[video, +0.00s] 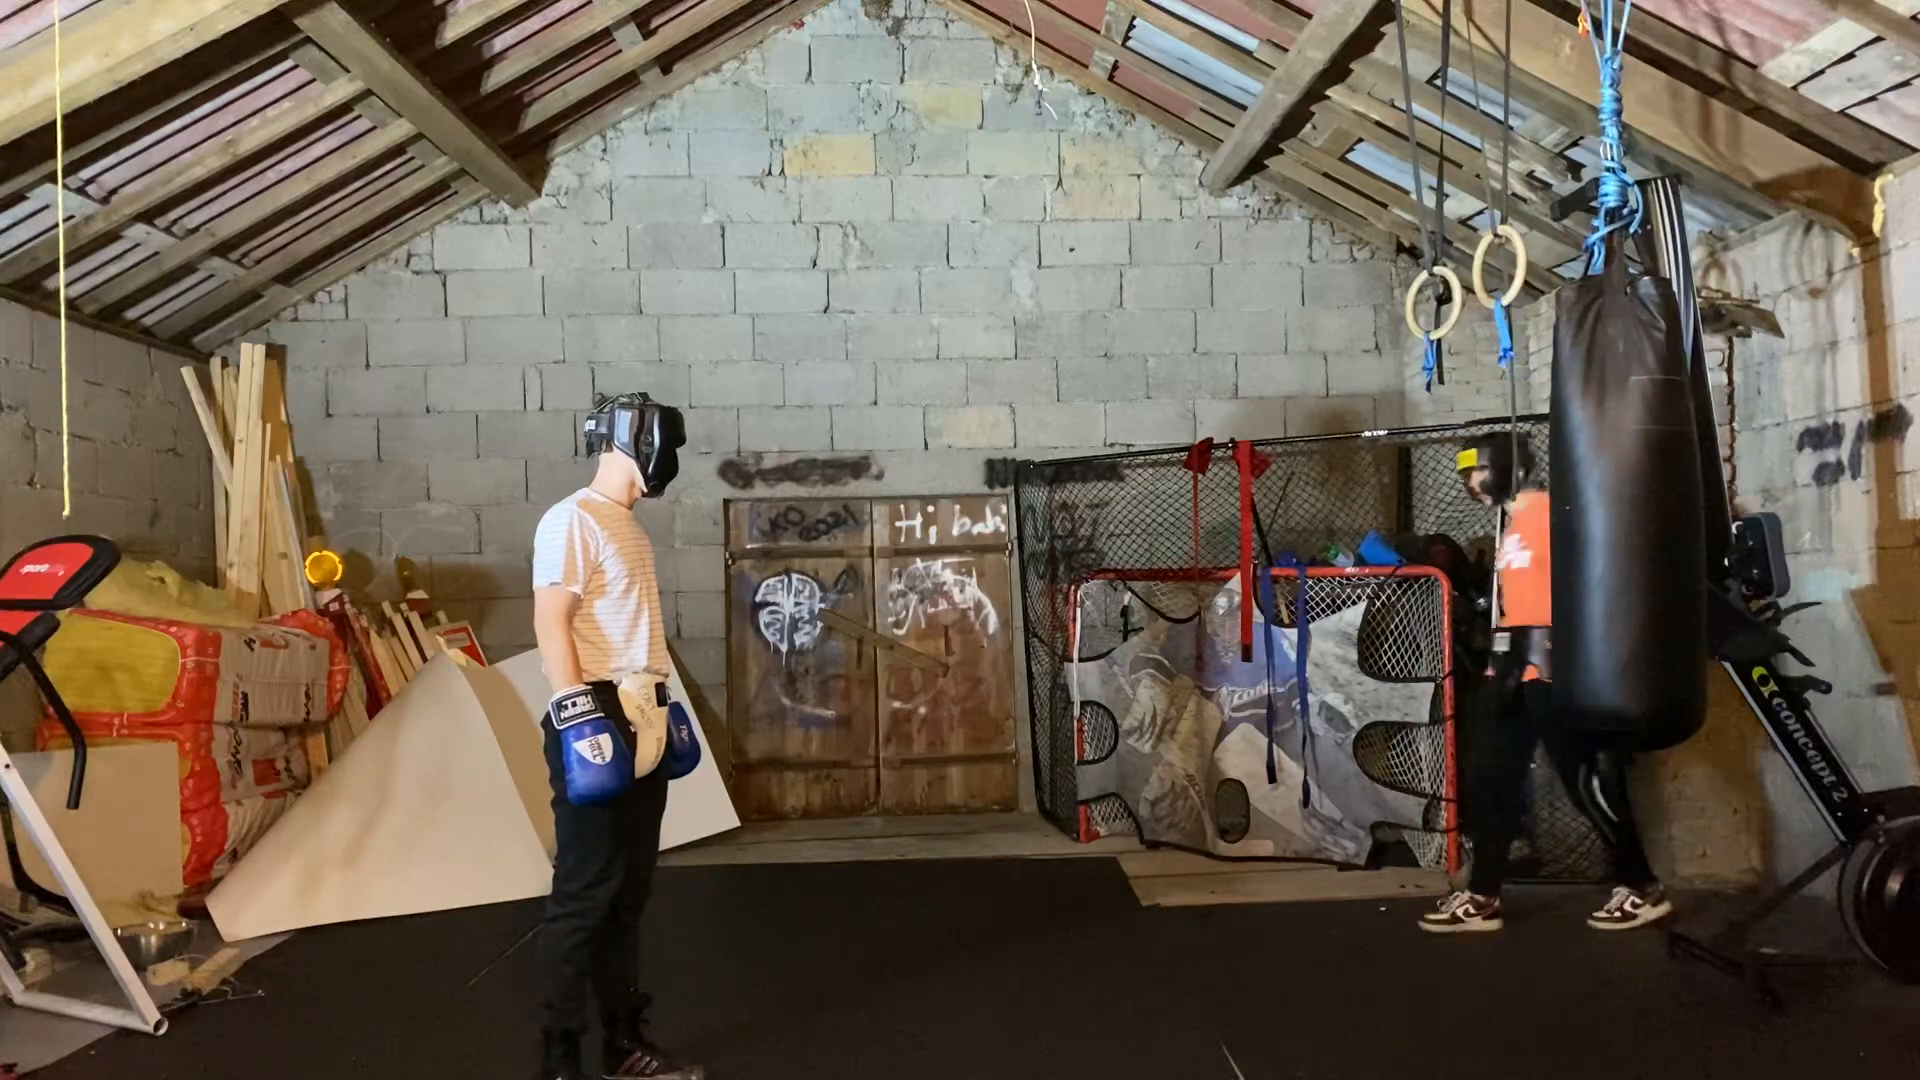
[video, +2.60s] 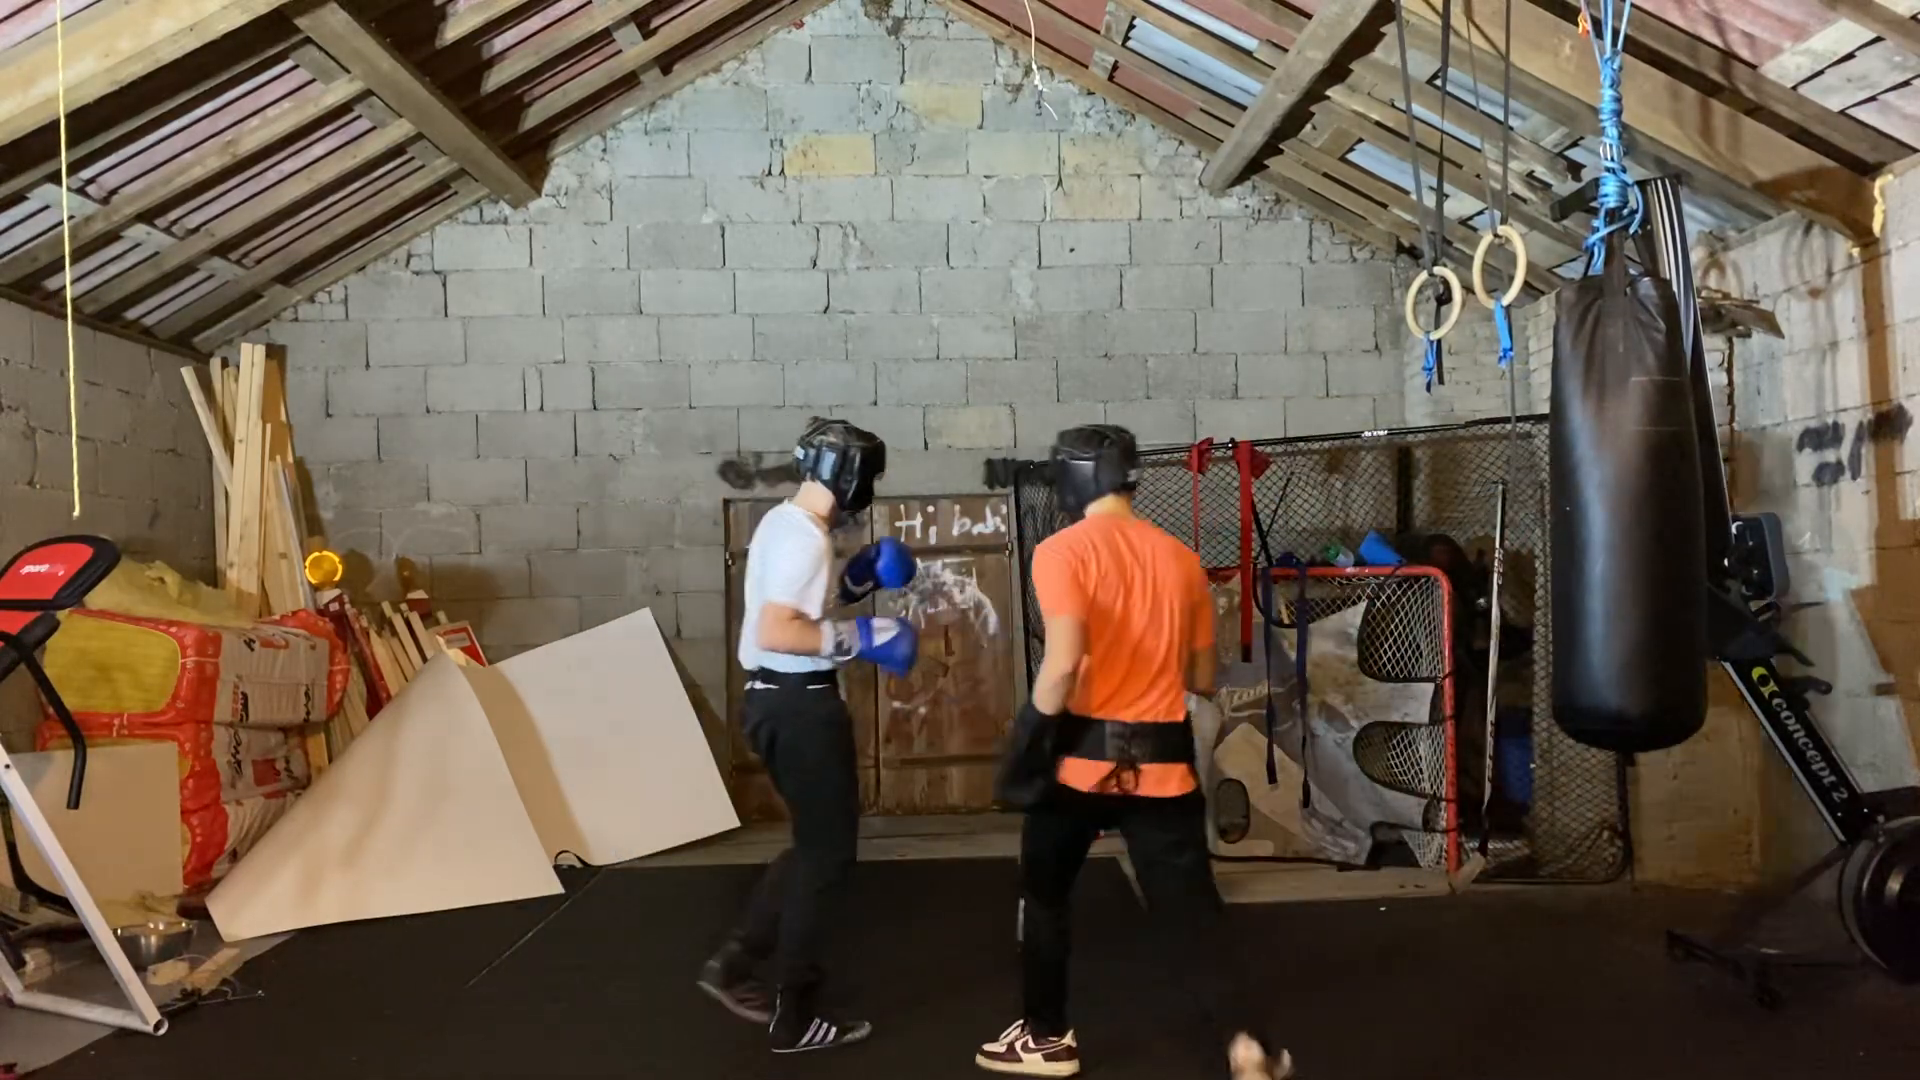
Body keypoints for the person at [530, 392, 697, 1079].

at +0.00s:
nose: (664, 470)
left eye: (665, 457)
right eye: (657, 455)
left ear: (633, 452)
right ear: (624, 446)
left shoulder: (632, 531)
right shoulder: (568, 521)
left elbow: (642, 627)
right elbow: (551, 622)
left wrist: (668, 704)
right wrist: (580, 716)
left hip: (643, 716)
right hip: (593, 719)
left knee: (627, 890)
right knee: (583, 892)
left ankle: (622, 1046)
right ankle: (560, 1058)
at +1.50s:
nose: (694, 466)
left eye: (693, 452)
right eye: (686, 452)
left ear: (643, 450)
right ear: (654, 450)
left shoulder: (637, 522)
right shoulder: (616, 520)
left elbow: (628, 622)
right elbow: (592, 617)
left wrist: (672, 702)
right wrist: (660, 698)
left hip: (635, 714)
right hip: (609, 715)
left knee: (640, 879)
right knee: (611, 883)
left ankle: (623, 1042)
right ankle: (571, 1055)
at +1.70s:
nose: (700, 468)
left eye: (699, 454)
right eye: (694, 453)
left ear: (646, 448)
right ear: (666, 449)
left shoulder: (643, 520)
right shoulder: (630, 519)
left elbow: (655, 627)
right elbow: (631, 618)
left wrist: (731, 633)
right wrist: (724, 624)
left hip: (632, 708)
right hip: (631, 713)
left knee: (630, 872)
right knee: (668, 871)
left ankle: (625, 1038)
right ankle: (607, 1048)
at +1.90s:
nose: (716, 477)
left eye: (716, 463)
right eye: (712, 462)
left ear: (662, 452)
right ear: (691, 455)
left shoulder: (638, 518)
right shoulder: (657, 519)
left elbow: (677, 610)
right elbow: (677, 609)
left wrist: (754, 592)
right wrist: (765, 582)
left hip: (628, 708)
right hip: (658, 711)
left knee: (641, 874)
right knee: (713, 868)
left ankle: (624, 1043)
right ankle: (710, 1045)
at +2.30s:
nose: (802, 488)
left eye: (803, 474)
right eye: (800, 473)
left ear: (747, 461)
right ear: (780, 467)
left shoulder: (715, 524)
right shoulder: (740, 528)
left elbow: (765, 602)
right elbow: (733, 624)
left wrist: (838, 578)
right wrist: (811, 609)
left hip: (701, 712)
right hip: (740, 715)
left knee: (688, 874)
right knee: (774, 867)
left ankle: (631, 1028)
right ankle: (793, 1017)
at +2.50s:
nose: (854, 499)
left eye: (855, 486)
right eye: (852, 486)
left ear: (801, 475)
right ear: (832, 485)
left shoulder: (774, 529)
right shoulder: (782, 543)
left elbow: (786, 612)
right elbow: (745, 633)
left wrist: (842, 594)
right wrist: (827, 644)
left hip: (761, 707)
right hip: (782, 713)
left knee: (784, 856)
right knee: (812, 860)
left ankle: (682, 978)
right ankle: (796, 1019)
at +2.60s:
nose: (868, 493)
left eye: (869, 480)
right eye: (866, 480)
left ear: (814, 469)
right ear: (847, 478)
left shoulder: (781, 523)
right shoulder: (804, 538)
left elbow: (804, 603)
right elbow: (775, 630)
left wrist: (857, 577)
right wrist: (855, 637)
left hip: (777, 699)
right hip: (800, 705)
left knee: (818, 844)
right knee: (827, 852)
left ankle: (735, 963)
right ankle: (795, 1019)